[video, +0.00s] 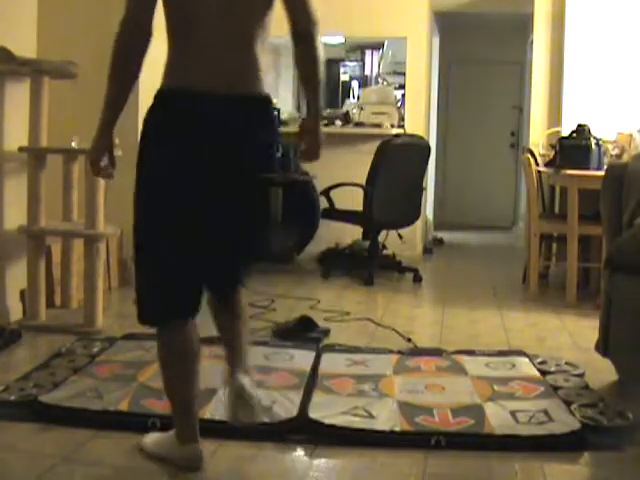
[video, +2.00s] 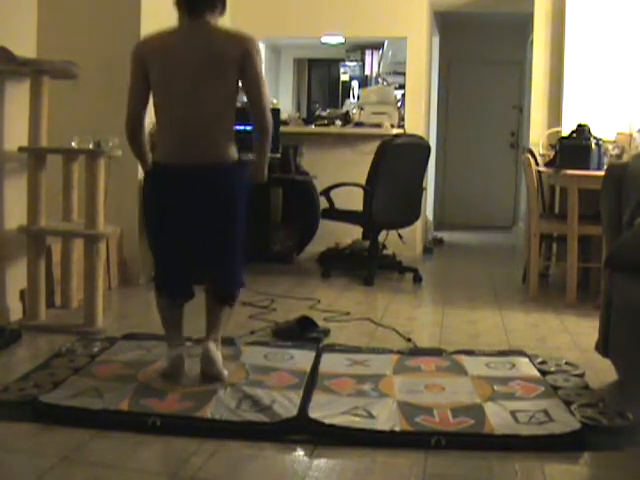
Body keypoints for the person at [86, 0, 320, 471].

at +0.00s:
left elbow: (135, 33)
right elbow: (305, 27)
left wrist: (105, 129)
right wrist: (313, 116)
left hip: (179, 119)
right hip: (249, 119)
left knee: (172, 288)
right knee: (226, 267)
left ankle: (185, 438)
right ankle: (240, 387)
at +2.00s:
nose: (221, 11)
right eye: (221, 7)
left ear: (178, 6)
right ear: (220, 6)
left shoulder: (149, 48)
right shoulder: (241, 45)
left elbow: (133, 124)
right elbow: (262, 114)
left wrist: (148, 168)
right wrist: (261, 163)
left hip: (168, 181)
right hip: (221, 180)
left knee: (169, 270)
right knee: (224, 268)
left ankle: (175, 355)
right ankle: (212, 342)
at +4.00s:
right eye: (228, 110)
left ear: (186, 114)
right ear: (228, 118)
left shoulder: (160, 154)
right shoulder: (247, 159)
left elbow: (127, 206)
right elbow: (277, 196)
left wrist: (158, 193)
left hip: (165, 302)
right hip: (218, 305)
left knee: (155, 248)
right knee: (234, 278)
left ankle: (165, 344)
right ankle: (212, 338)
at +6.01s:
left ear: (191, 122)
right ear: (234, 128)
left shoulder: (164, 157)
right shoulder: (251, 165)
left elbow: (125, 208)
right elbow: (282, 216)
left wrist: (156, 181)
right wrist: (260, 175)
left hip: (165, 308)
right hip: (218, 311)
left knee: (155, 242)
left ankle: (165, 345)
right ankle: (211, 342)